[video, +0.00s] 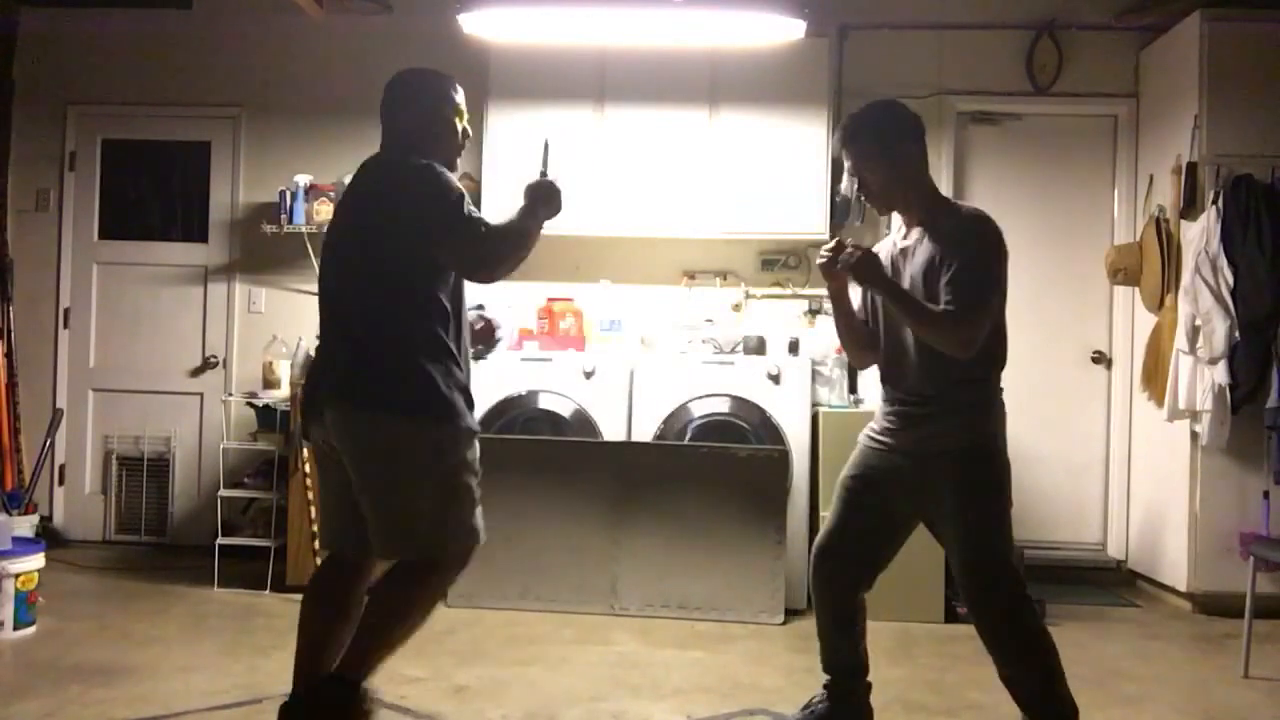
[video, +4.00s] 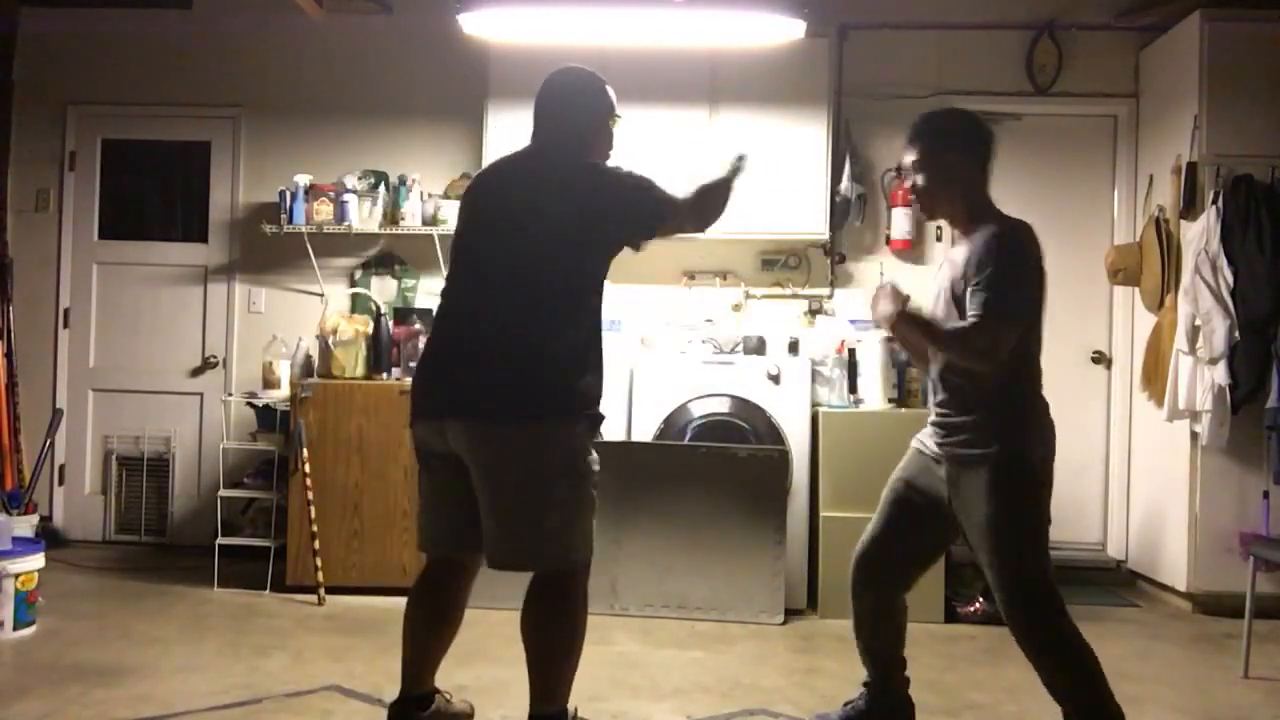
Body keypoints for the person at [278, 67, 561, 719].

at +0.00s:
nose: (467, 128)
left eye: (466, 117)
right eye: (456, 114)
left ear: (393, 121)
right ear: (419, 118)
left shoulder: (362, 190)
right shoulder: (424, 183)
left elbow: (377, 312)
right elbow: (486, 257)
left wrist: (458, 335)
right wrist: (534, 213)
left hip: (337, 395)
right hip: (406, 398)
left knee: (349, 553)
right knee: (447, 544)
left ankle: (306, 700)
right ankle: (342, 687)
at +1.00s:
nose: (516, 150)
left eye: (509, 138)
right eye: (503, 139)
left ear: (456, 153)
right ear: (469, 149)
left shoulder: (419, 212)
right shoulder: (457, 213)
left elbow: (496, 299)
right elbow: (456, 318)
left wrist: (549, 241)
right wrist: (528, 384)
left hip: (351, 413)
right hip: (418, 414)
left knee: (370, 564)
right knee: (494, 558)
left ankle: (301, 697)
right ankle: (540, 705)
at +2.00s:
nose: (567, 117)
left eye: (562, 106)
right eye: (554, 106)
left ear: (505, 123)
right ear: (518, 119)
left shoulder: (477, 187)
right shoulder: (512, 187)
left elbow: (559, 264)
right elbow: (505, 270)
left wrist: (610, 227)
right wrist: (595, 321)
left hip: (428, 401)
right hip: (496, 405)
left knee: (417, 556)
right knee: (555, 555)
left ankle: (367, 701)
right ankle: (576, 706)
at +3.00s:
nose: (505, 126)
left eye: (502, 111)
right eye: (493, 110)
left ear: (446, 117)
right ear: (450, 115)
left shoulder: (434, 185)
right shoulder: (428, 180)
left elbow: (432, 291)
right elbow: (421, 279)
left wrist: (517, 320)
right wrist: (521, 312)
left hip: (396, 405)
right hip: (439, 407)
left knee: (398, 556)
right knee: (505, 543)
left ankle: (347, 701)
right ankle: (491, 702)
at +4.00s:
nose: (614, 135)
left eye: (614, 123)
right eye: (610, 122)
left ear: (541, 119)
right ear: (592, 122)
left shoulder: (486, 181)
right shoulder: (601, 186)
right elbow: (693, 214)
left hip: (440, 398)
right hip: (535, 406)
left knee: (450, 556)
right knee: (563, 562)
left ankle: (413, 699)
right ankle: (550, 711)